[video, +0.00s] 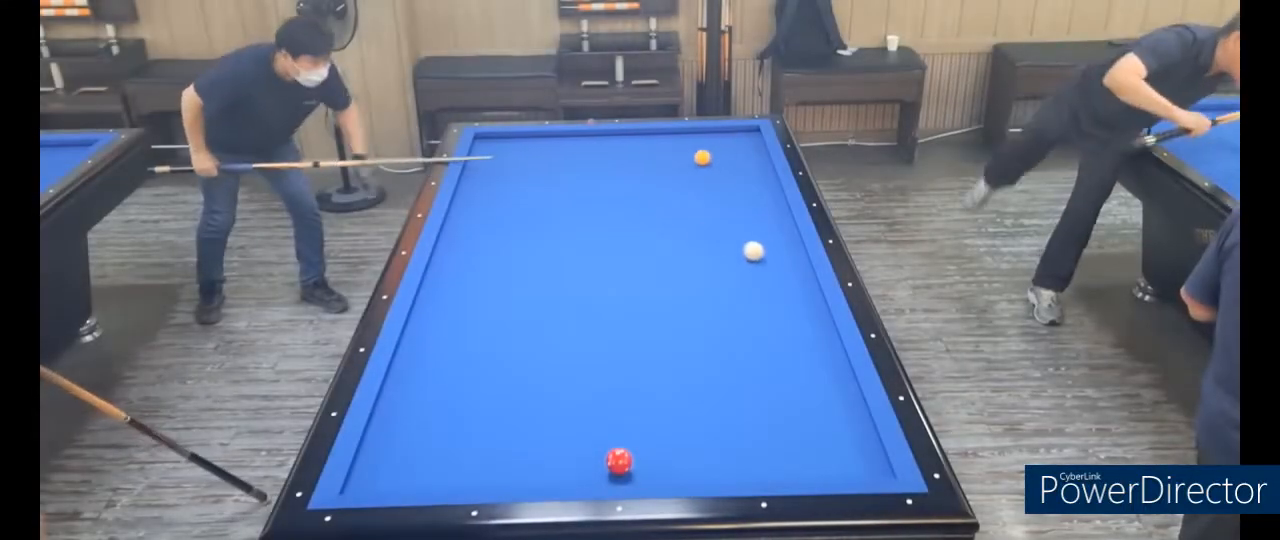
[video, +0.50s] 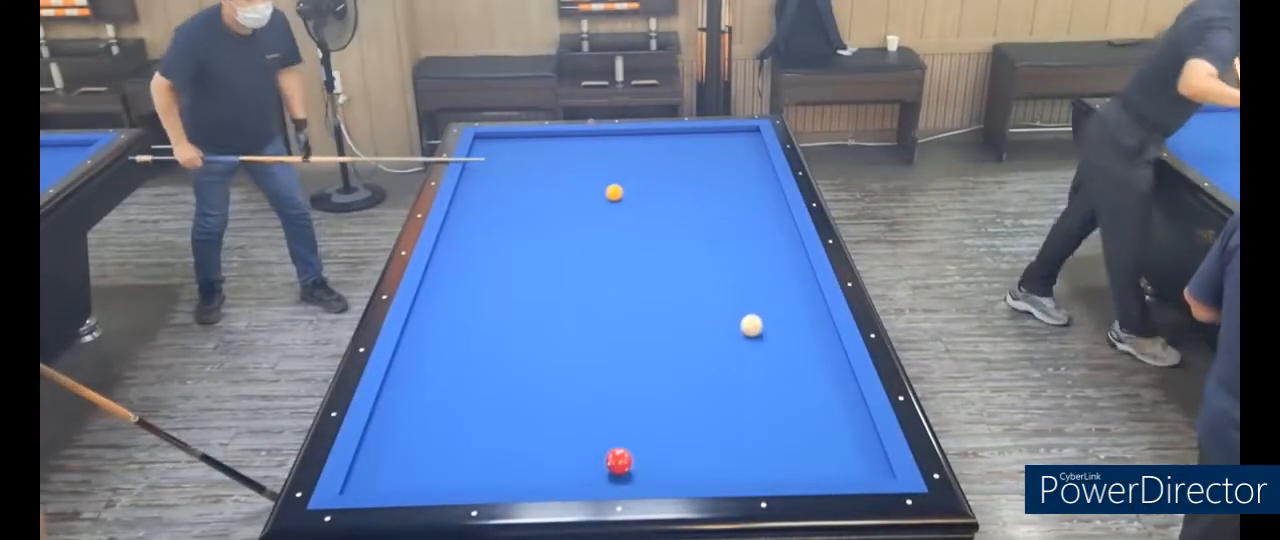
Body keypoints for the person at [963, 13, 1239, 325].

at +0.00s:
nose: (1243, 63)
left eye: (1245, 54)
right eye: (1244, 52)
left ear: (1236, 42)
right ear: (1235, 39)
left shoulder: (1220, 69)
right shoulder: (1181, 41)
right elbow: (1118, 78)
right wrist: (1178, 115)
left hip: (1117, 131)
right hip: (1081, 101)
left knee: (1085, 208)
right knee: (1031, 142)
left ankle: (1046, 286)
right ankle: (991, 179)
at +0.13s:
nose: (1242, 57)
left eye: (1245, 51)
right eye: (1243, 48)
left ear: (1238, 32)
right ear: (1238, 33)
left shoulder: (1223, 60)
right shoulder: (1187, 38)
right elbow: (1131, 73)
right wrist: (1194, 105)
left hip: (1119, 130)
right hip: (1080, 105)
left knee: (1083, 210)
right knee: (1027, 171)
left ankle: (1045, 287)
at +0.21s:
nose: (1242, 50)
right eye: (1243, 43)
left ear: (1238, 30)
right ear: (1238, 30)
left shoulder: (1220, 52)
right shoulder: (1189, 39)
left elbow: (1201, 79)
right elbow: (1135, 71)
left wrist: (1234, 74)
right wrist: (1200, 100)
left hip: (1119, 135)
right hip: (1078, 113)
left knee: (1080, 215)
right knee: (1028, 191)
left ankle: (1042, 287)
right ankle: (991, 271)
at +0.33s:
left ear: (1237, 15)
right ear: (1238, 17)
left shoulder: (1225, 39)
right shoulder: (1201, 37)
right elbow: (1150, 75)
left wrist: (1229, 92)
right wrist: (1217, 96)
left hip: (1120, 134)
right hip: (1091, 126)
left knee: (1077, 219)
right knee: (1065, 222)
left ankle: (1034, 287)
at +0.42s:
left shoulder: (1227, 25)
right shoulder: (1211, 31)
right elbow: (1162, 78)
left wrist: (1232, 88)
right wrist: (1227, 97)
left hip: (1124, 130)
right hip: (1102, 128)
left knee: (1079, 211)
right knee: (1092, 228)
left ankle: (1033, 287)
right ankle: (1101, 326)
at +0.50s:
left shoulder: (1214, 9)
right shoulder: (1222, 26)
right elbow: (1193, 84)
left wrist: (1230, 79)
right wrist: (1239, 97)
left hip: (1116, 127)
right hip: (1126, 142)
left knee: (1079, 217)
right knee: (1125, 240)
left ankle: (1032, 288)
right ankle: (1132, 329)